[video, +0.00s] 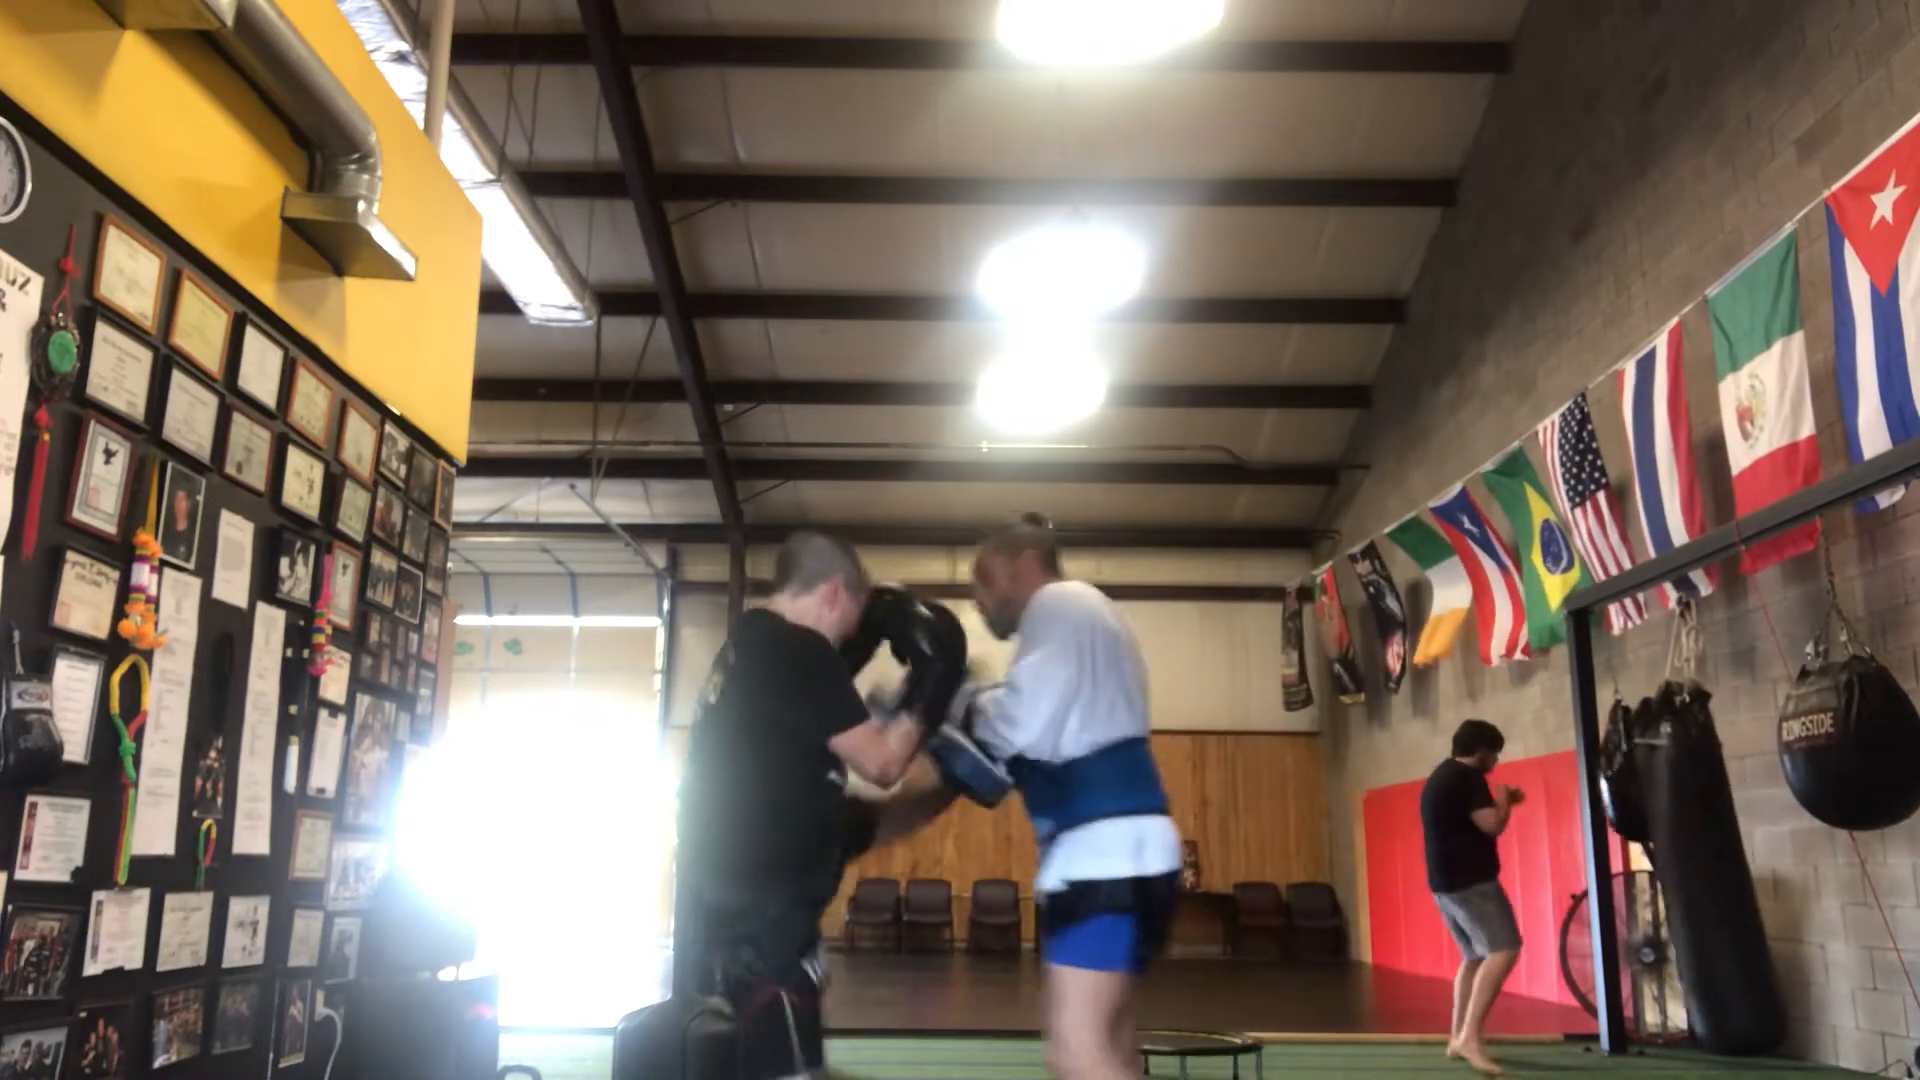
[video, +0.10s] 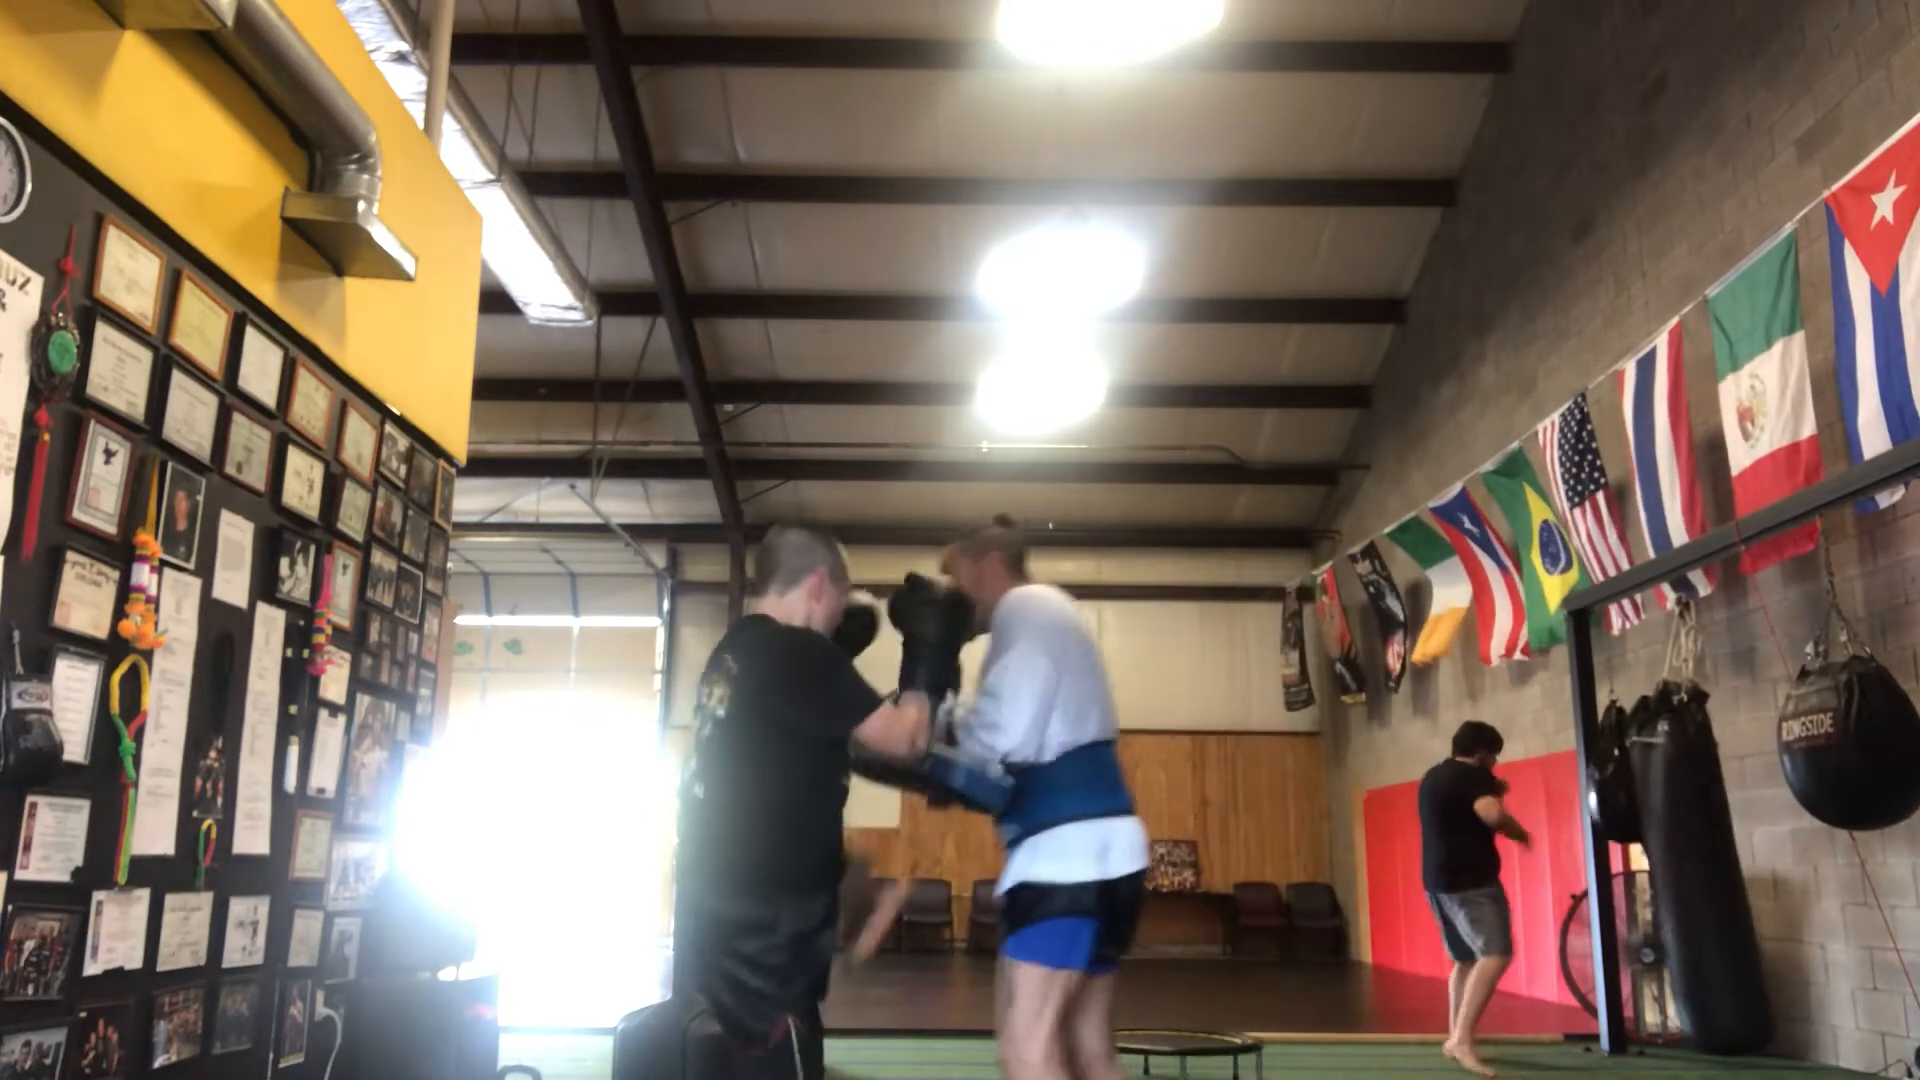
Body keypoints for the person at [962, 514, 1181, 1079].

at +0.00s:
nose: (980, 601)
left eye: (983, 582)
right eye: (977, 587)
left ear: (1023, 564)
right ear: (1035, 567)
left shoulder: (1059, 605)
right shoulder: (1090, 610)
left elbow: (1021, 727)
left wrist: (964, 699)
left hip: (1103, 861)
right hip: (1136, 857)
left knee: (1077, 1051)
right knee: (1111, 1043)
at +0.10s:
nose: (953, 590)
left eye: (956, 573)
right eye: (949, 577)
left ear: (992, 563)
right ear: (1004, 566)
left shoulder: (1025, 608)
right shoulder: (1055, 612)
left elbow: (1004, 734)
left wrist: (947, 721)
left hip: (1065, 865)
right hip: (1111, 861)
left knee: (1026, 1051)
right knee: (1091, 1050)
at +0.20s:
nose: (924, 599)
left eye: (929, 585)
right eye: (924, 585)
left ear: (948, 584)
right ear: (991, 574)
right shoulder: (1035, 633)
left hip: (1019, 896)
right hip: (1072, 890)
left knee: (986, 1061)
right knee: (1053, 1059)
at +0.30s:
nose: (890, 609)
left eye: (891, 596)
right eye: (892, 597)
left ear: (899, 598)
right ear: (957, 582)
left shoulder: (944, 656)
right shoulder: (1016, 650)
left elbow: (908, 768)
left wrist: (866, 741)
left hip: (976, 891)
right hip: (1028, 883)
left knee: (951, 1061)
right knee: (971, 1052)